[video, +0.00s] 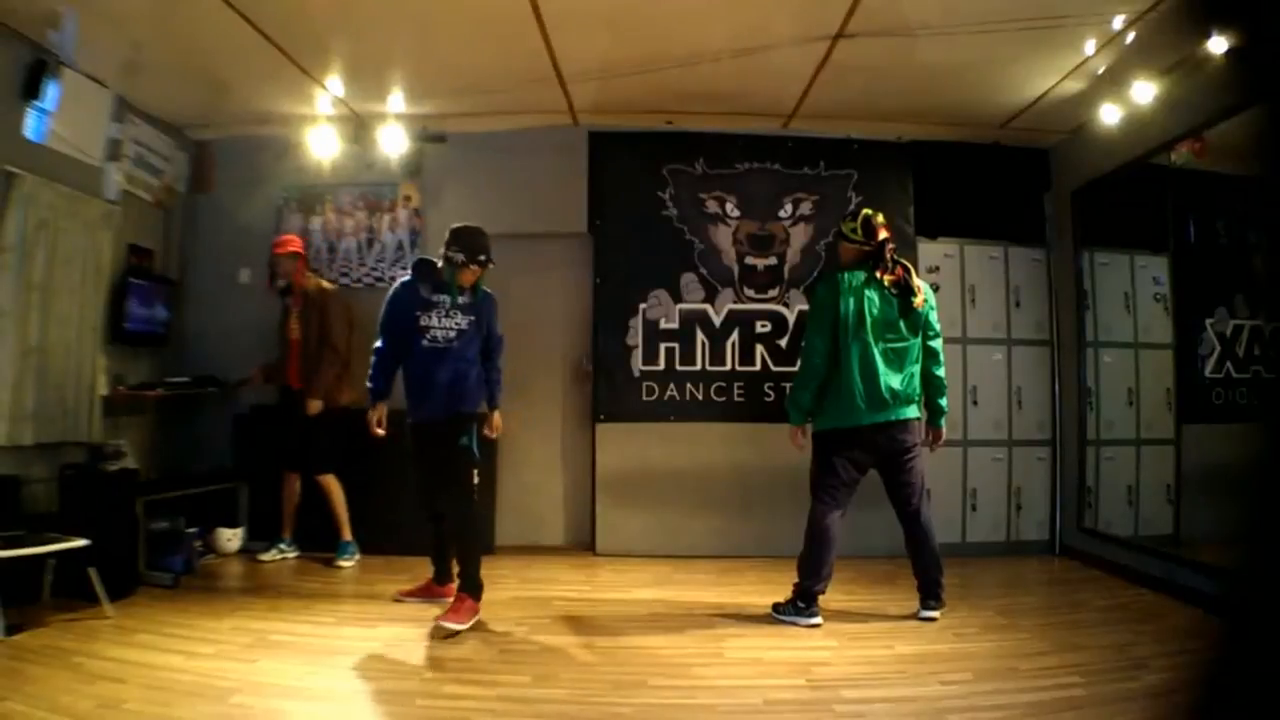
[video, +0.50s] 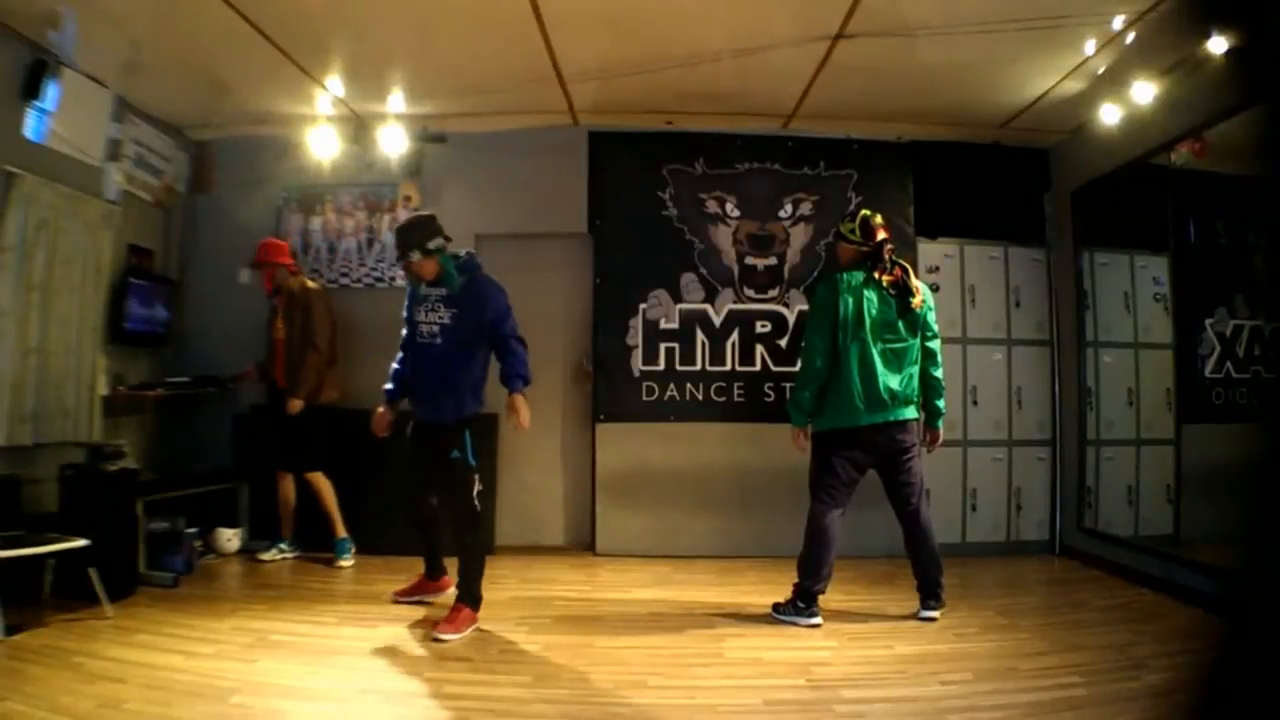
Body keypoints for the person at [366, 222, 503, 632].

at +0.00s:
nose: (474, 275)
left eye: (478, 268)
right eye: (468, 267)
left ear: (482, 266)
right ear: (450, 261)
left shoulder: (482, 300)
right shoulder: (409, 292)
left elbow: (491, 354)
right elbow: (386, 345)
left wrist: (493, 405)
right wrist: (379, 397)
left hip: (466, 410)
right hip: (424, 409)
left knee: (463, 500)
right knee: (431, 496)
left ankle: (470, 593)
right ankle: (441, 577)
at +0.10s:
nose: (471, 276)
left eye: (476, 269)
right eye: (465, 268)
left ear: (481, 267)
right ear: (446, 261)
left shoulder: (482, 302)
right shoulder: (408, 292)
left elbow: (494, 358)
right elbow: (384, 339)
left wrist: (498, 412)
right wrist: (378, 383)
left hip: (467, 414)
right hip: (423, 413)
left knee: (467, 505)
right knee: (432, 499)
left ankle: (471, 599)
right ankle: (442, 577)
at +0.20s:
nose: (463, 275)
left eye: (470, 267)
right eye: (456, 266)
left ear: (478, 264)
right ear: (438, 260)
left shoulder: (485, 303)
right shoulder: (409, 291)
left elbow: (501, 358)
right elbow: (385, 338)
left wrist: (508, 412)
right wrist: (376, 376)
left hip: (463, 415)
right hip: (423, 414)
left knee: (462, 504)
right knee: (431, 497)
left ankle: (468, 603)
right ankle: (442, 579)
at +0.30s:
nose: (441, 270)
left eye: (449, 262)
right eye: (435, 261)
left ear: (466, 259)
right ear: (427, 258)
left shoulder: (486, 299)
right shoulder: (413, 290)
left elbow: (508, 352)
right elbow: (392, 338)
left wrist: (517, 405)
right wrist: (375, 379)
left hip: (463, 416)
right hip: (423, 415)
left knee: (466, 506)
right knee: (430, 497)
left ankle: (468, 604)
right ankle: (440, 578)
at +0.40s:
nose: (424, 269)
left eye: (430, 261)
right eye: (420, 262)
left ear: (450, 254)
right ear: (417, 258)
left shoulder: (485, 293)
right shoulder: (417, 290)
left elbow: (511, 344)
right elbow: (401, 344)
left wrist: (520, 397)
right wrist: (377, 391)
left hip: (463, 415)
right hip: (425, 414)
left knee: (467, 506)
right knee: (424, 495)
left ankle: (469, 603)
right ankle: (437, 575)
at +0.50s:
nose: (409, 270)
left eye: (413, 261)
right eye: (406, 262)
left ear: (434, 253)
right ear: (415, 258)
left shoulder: (479, 289)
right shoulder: (419, 289)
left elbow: (508, 339)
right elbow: (409, 348)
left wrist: (516, 389)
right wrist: (390, 398)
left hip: (466, 414)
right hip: (425, 414)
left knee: (467, 508)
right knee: (421, 496)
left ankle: (468, 604)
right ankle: (435, 574)